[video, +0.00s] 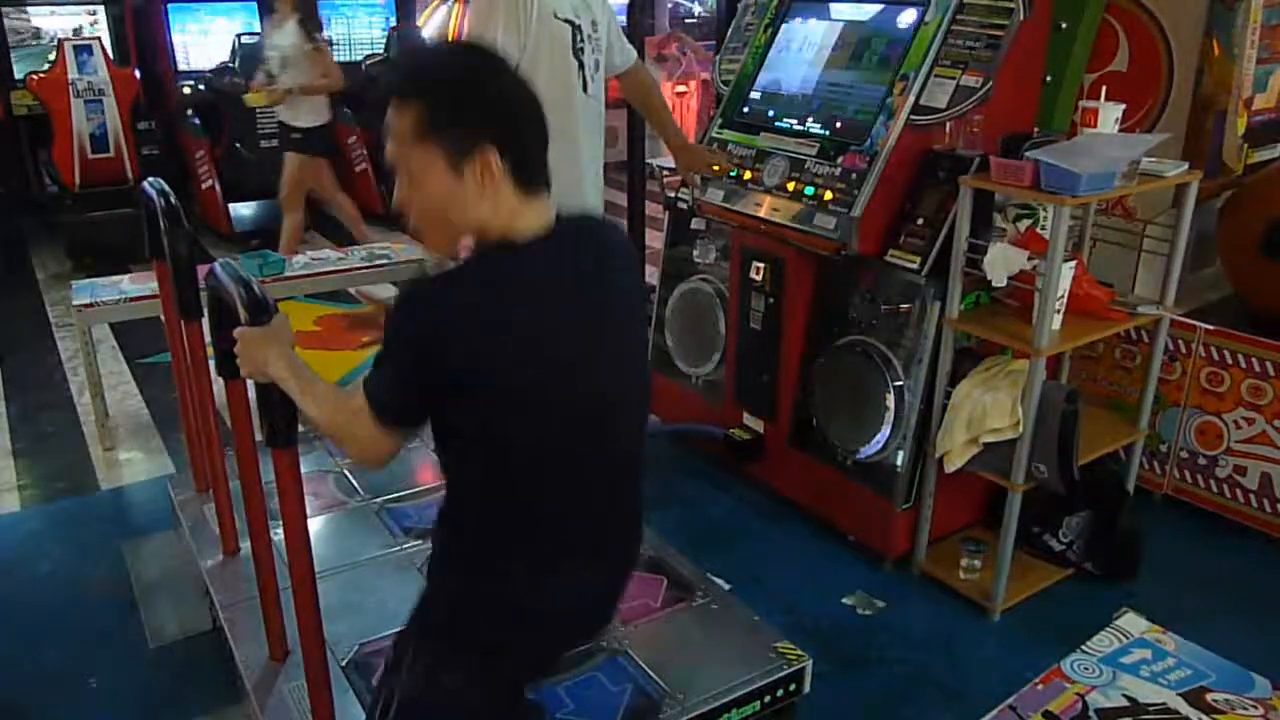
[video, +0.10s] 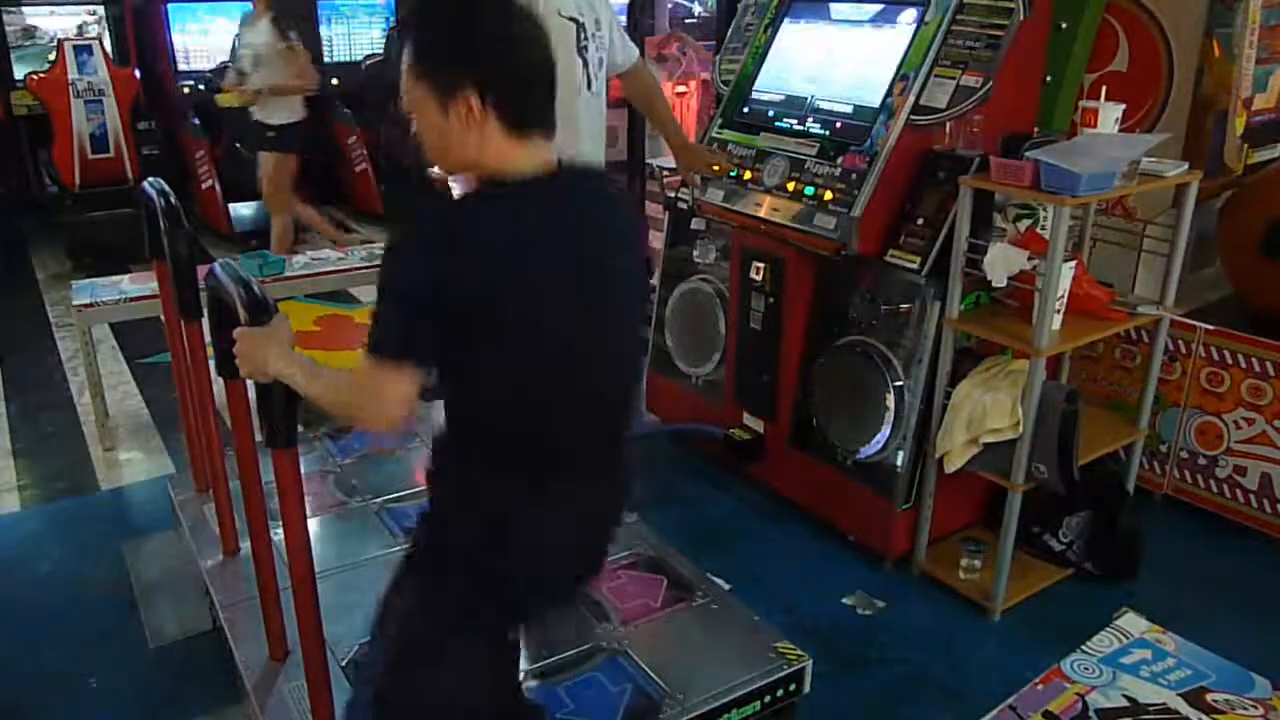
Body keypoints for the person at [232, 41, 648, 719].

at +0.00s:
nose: (398, 200)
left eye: (405, 173)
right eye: (394, 176)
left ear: (484, 167)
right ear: (492, 167)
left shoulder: (439, 309)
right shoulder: (608, 249)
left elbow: (368, 441)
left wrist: (286, 367)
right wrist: (416, 314)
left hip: (492, 602)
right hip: (600, 576)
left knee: (415, 700)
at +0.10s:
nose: (414, 130)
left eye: (416, 111)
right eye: (409, 112)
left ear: (470, 108)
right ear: (537, 98)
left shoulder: (446, 236)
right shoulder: (607, 203)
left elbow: (383, 405)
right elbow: (604, 368)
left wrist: (284, 361)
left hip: (485, 530)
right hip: (589, 509)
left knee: (400, 686)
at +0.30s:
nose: (432, 21)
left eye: (433, 11)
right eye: (434, 13)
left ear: (450, 13)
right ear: (536, 11)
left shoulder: (425, 109)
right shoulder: (616, 107)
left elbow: (367, 280)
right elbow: (657, 257)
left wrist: (271, 325)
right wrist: (566, 269)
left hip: (454, 413)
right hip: (563, 412)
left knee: (401, 611)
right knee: (506, 593)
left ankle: (424, 710)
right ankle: (504, 708)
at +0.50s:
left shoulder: (406, 55)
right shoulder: (600, 46)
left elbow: (362, 219)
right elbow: (652, 202)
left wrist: (261, 271)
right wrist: (601, 240)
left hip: (443, 343)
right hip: (555, 344)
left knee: (433, 520)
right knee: (534, 537)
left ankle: (427, 692)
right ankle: (517, 706)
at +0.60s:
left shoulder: (400, 55)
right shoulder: (590, 45)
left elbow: (353, 209)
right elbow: (644, 200)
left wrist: (265, 259)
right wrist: (628, 240)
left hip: (442, 330)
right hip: (550, 330)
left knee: (444, 504)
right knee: (537, 528)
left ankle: (449, 675)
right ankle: (519, 702)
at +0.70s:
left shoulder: (400, 55)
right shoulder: (584, 47)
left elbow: (357, 197)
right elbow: (633, 198)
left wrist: (271, 261)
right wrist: (645, 247)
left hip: (442, 323)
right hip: (545, 326)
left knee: (454, 480)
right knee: (536, 518)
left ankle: (488, 607)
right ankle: (512, 703)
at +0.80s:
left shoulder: (403, 53)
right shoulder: (579, 46)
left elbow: (368, 184)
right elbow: (628, 189)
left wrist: (276, 258)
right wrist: (656, 255)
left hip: (449, 321)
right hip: (548, 322)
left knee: (463, 477)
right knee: (534, 499)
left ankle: (505, 614)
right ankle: (512, 703)